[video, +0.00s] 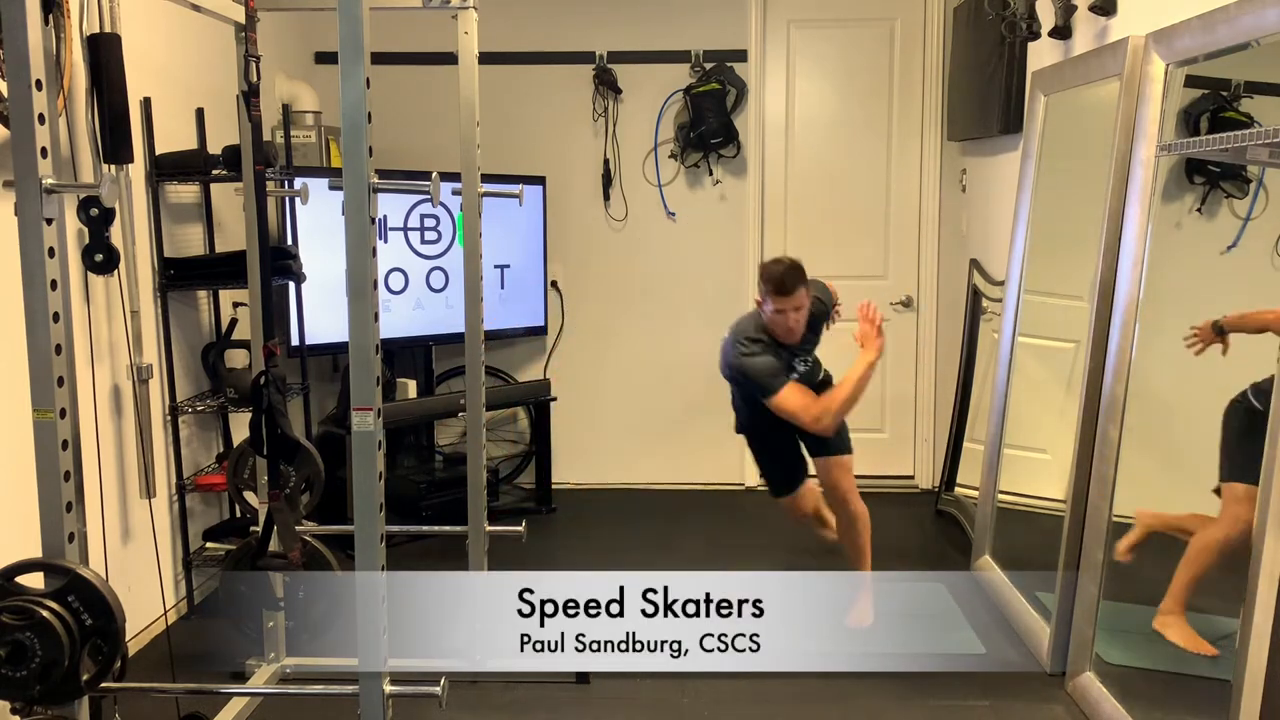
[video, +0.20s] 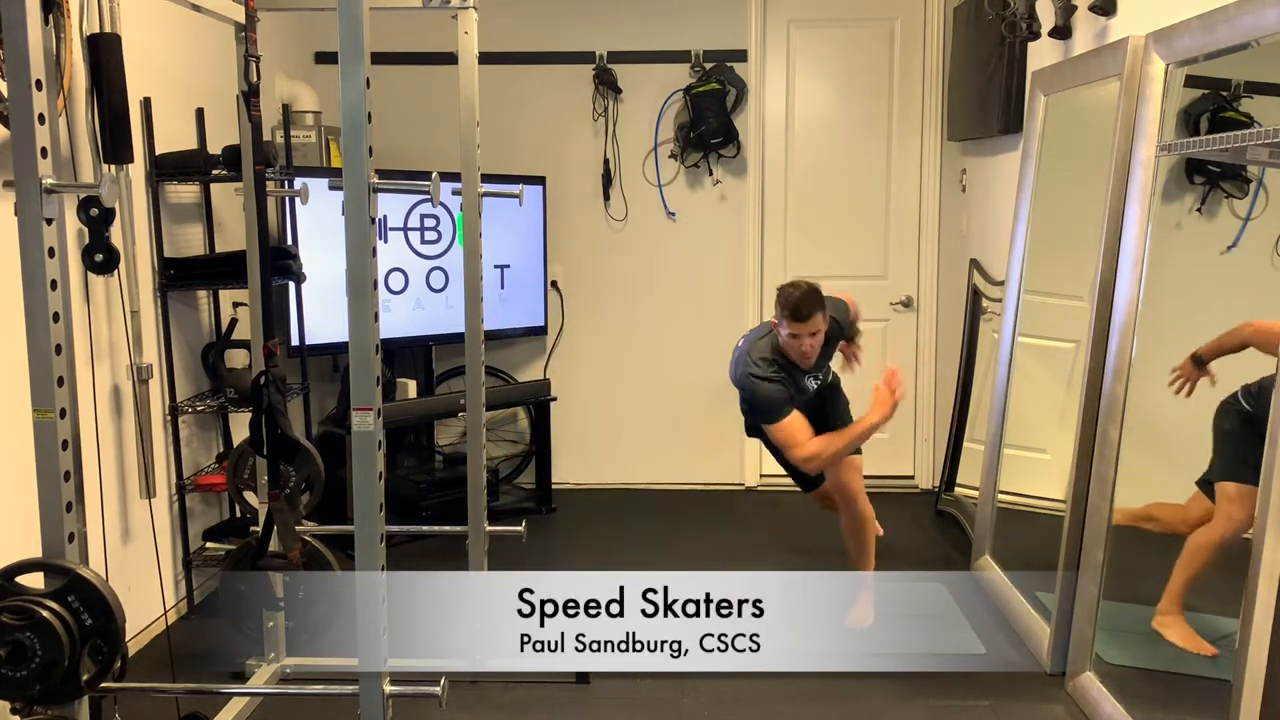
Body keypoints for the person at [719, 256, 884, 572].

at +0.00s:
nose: (793, 321)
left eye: (799, 309)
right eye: (780, 312)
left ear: (808, 298)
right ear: (761, 303)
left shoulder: (817, 301)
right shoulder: (745, 350)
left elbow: (826, 290)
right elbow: (820, 420)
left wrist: (831, 306)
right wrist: (869, 354)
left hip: (812, 390)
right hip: (761, 414)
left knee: (843, 493)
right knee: (801, 506)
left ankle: (863, 587)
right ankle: (819, 510)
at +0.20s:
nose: (806, 346)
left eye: (814, 334)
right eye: (795, 336)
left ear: (825, 322)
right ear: (777, 327)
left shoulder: (833, 319)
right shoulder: (759, 374)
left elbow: (849, 307)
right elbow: (807, 458)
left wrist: (850, 340)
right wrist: (875, 418)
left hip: (821, 390)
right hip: (777, 418)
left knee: (850, 490)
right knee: (826, 496)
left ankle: (865, 592)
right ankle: (862, 515)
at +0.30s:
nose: (796, 337)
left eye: (805, 326)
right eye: (786, 327)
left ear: (816, 316)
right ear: (768, 317)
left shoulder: (828, 325)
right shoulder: (743, 359)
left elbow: (877, 333)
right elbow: (755, 451)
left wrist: (895, 381)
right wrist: (829, 469)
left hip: (815, 405)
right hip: (770, 424)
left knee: (840, 497)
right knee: (802, 513)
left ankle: (863, 588)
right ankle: (823, 505)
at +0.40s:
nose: (772, 323)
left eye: (781, 312)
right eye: (762, 312)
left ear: (793, 302)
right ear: (746, 303)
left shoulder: (812, 322)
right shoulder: (714, 338)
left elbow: (884, 358)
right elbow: (694, 415)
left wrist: (902, 431)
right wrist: (726, 481)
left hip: (799, 403)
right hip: (739, 412)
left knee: (830, 496)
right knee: (730, 515)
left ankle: (863, 589)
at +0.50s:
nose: (738, 311)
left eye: (747, 301)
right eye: (728, 301)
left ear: (760, 287)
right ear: (713, 288)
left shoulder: (778, 306)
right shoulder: (681, 308)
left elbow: (841, 368)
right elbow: (640, 362)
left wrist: (824, 432)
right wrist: (631, 421)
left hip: (760, 389)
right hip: (697, 390)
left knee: (807, 482)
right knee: (661, 488)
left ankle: (859, 577)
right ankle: (637, 544)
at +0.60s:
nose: (701, 308)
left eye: (709, 299)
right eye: (692, 300)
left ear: (721, 287)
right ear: (675, 286)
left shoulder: (736, 306)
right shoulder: (643, 295)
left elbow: (767, 388)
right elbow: (595, 310)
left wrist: (699, 423)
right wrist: (568, 337)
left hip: (716, 381)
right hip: (652, 381)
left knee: (762, 471)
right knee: (612, 477)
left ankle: (813, 556)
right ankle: (559, 574)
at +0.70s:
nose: (658, 322)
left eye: (668, 313)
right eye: (650, 312)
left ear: (683, 301)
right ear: (638, 298)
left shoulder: (699, 326)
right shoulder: (614, 296)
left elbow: (682, 407)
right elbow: (566, 278)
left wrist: (604, 398)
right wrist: (524, 280)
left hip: (669, 389)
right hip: (616, 378)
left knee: (700, 499)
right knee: (580, 484)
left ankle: (692, 519)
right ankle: (548, 583)